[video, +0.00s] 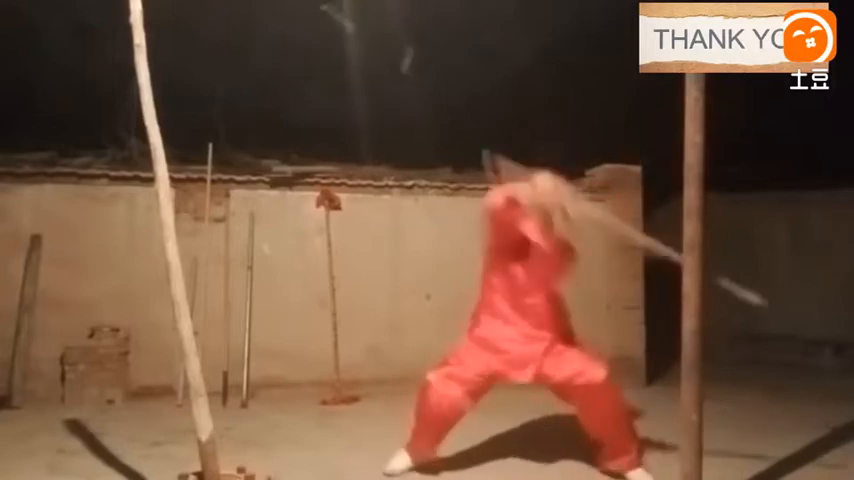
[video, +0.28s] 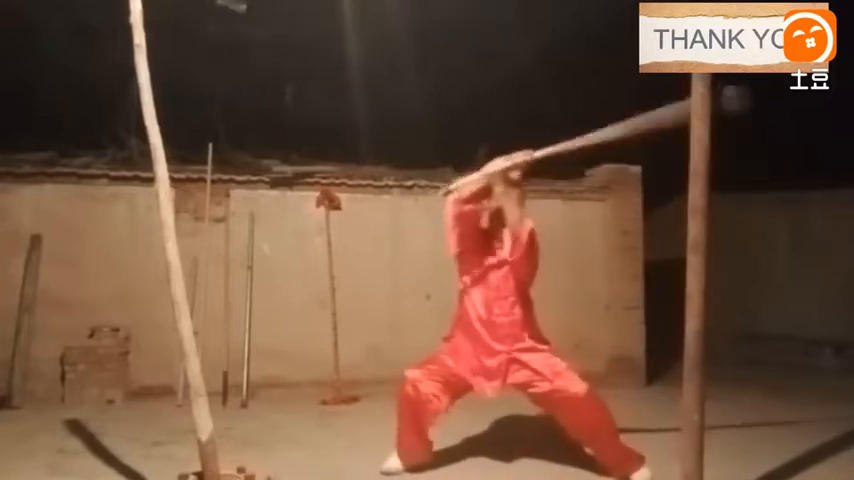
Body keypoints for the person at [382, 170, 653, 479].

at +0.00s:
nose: (547, 200)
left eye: (553, 195)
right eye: (541, 192)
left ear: (559, 202)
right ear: (528, 196)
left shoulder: (558, 247)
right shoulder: (507, 234)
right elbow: (498, 203)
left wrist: (570, 346)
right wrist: (529, 192)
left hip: (544, 346)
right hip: (493, 343)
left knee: (596, 383)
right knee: (441, 392)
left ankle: (623, 462)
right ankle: (416, 451)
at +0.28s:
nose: (490, 206)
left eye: (498, 198)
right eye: (486, 198)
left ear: (510, 205)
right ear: (475, 208)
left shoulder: (519, 250)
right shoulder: (467, 251)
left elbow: (517, 225)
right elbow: (454, 199)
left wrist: (506, 184)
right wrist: (499, 168)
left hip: (521, 352)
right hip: (468, 351)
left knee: (577, 396)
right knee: (416, 386)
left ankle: (625, 464)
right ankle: (411, 456)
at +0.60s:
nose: (492, 206)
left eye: (499, 197)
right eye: (486, 198)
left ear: (512, 202)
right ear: (475, 204)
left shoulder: (518, 241)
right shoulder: (464, 245)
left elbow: (523, 276)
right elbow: (451, 205)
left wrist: (505, 205)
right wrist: (484, 178)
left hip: (522, 351)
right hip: (466, 348)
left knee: (577, 395)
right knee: (412, 383)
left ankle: (626, 466)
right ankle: (411, 455)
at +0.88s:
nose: (495, 201)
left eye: (503, 193)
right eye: (489, 194)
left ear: (516, 197)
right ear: (477, 200)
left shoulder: (523, 237)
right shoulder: (468, 240)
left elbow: (520, 224)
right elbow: (453, 195)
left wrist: (503, 184)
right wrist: (487, 171)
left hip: (524, 347)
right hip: (469, 345)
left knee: (579, 394)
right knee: (415, 382)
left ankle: (627, 466)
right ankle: (410, 456)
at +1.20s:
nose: (515, 179)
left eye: (521, 172)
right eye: (507, 173)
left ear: (532, 175)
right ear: (494, 175)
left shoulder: (549, 211)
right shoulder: (489, 212)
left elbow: (549, 261)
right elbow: (465, 196)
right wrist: (481, 160)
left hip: (561, 316)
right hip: (512, 320)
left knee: (596, 387)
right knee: (474, 379)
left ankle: (627, 465)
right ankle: (430, 444)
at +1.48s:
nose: (490, 178)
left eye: (496, 170)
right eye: (486, 172)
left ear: (517, 167)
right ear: (484, 174)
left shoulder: (539, 198)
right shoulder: (495, 210)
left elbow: (518, 250)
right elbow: (474, 249)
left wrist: (472, 282)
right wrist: (453, 281)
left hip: (576, 301)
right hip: (539, 303)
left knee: (586, 370)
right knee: (525, 370)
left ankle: (629, 453)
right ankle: (549, 450)